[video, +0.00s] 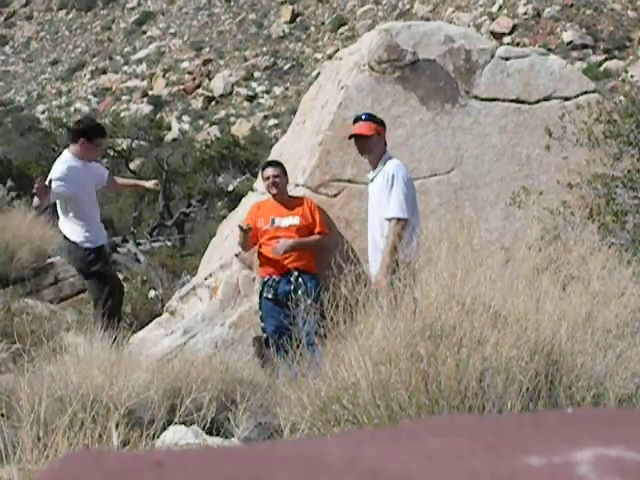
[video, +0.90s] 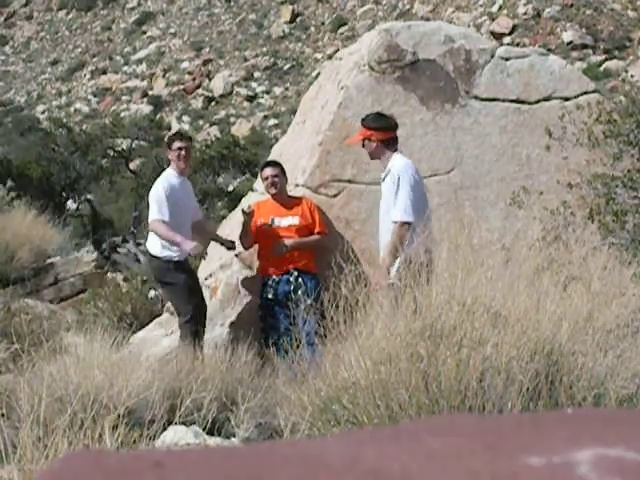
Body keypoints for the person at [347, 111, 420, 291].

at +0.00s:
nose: (359, 145)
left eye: (364, 138)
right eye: (356, 139)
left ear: (381, 136)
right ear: (354, 142)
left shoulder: (396, 170)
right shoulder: (374, 176)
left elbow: (398, 222)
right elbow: (380, 225)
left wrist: (385, 272)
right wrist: (375, 271)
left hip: (396, 272)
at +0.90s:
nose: (363, 147)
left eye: (365, 142)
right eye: (363, 142)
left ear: (376, 143)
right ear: (379, 142)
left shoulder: (403, 171)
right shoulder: (393, 171)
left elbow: (402, 225)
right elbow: (397, 224)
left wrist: (385, 267)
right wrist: (385, 266)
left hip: (408, 270)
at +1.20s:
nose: (374, 141)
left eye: (376, 136)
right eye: (374, 136)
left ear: (385, 139)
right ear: (402, 136)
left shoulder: (405, 168)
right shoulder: (418, 162)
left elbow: (404, 226)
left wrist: (389, 269)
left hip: (416, 262)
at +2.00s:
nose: (388, 145)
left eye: (388, 139)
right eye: (387, 139)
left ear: (398, 138)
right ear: (415, 135)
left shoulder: (409, 169)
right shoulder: (436, 161)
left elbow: (404, 223)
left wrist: (390, 253)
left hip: (423, 250)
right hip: (448, 246)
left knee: (421, 309)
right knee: (443, 309)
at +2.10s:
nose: (392, 147)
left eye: (392, 141)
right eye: (391, 142)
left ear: (401, 139)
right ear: (417, 137)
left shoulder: (412, 169)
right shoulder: (438, 161)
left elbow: (393, 223)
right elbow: (422, 209)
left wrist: (363, 246)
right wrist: (384, 227)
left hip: (425, 252)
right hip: (450, 248)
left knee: (423, 312)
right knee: (442, 311)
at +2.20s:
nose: (392, 145)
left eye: (393, 139)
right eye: (391, 140)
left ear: (405, 139)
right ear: (418, 137)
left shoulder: (414, 171)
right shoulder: (440, 162)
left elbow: (385, 220)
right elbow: (422, 198)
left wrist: (357, 222)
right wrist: (387, 200)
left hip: (427, 256)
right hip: (451, 251)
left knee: (425, 319)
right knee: (444, 316)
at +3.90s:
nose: (399, 146)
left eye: (400, 140)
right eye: (398, 141)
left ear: (410, 139)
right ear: (427, 137)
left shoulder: (416, 171)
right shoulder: (447, 164)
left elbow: (388, 216)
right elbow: (421, 196)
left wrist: (355, 213)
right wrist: (384, 190)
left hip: (431, 257)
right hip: (458, 253)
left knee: (429, 318)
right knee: (453, 315)